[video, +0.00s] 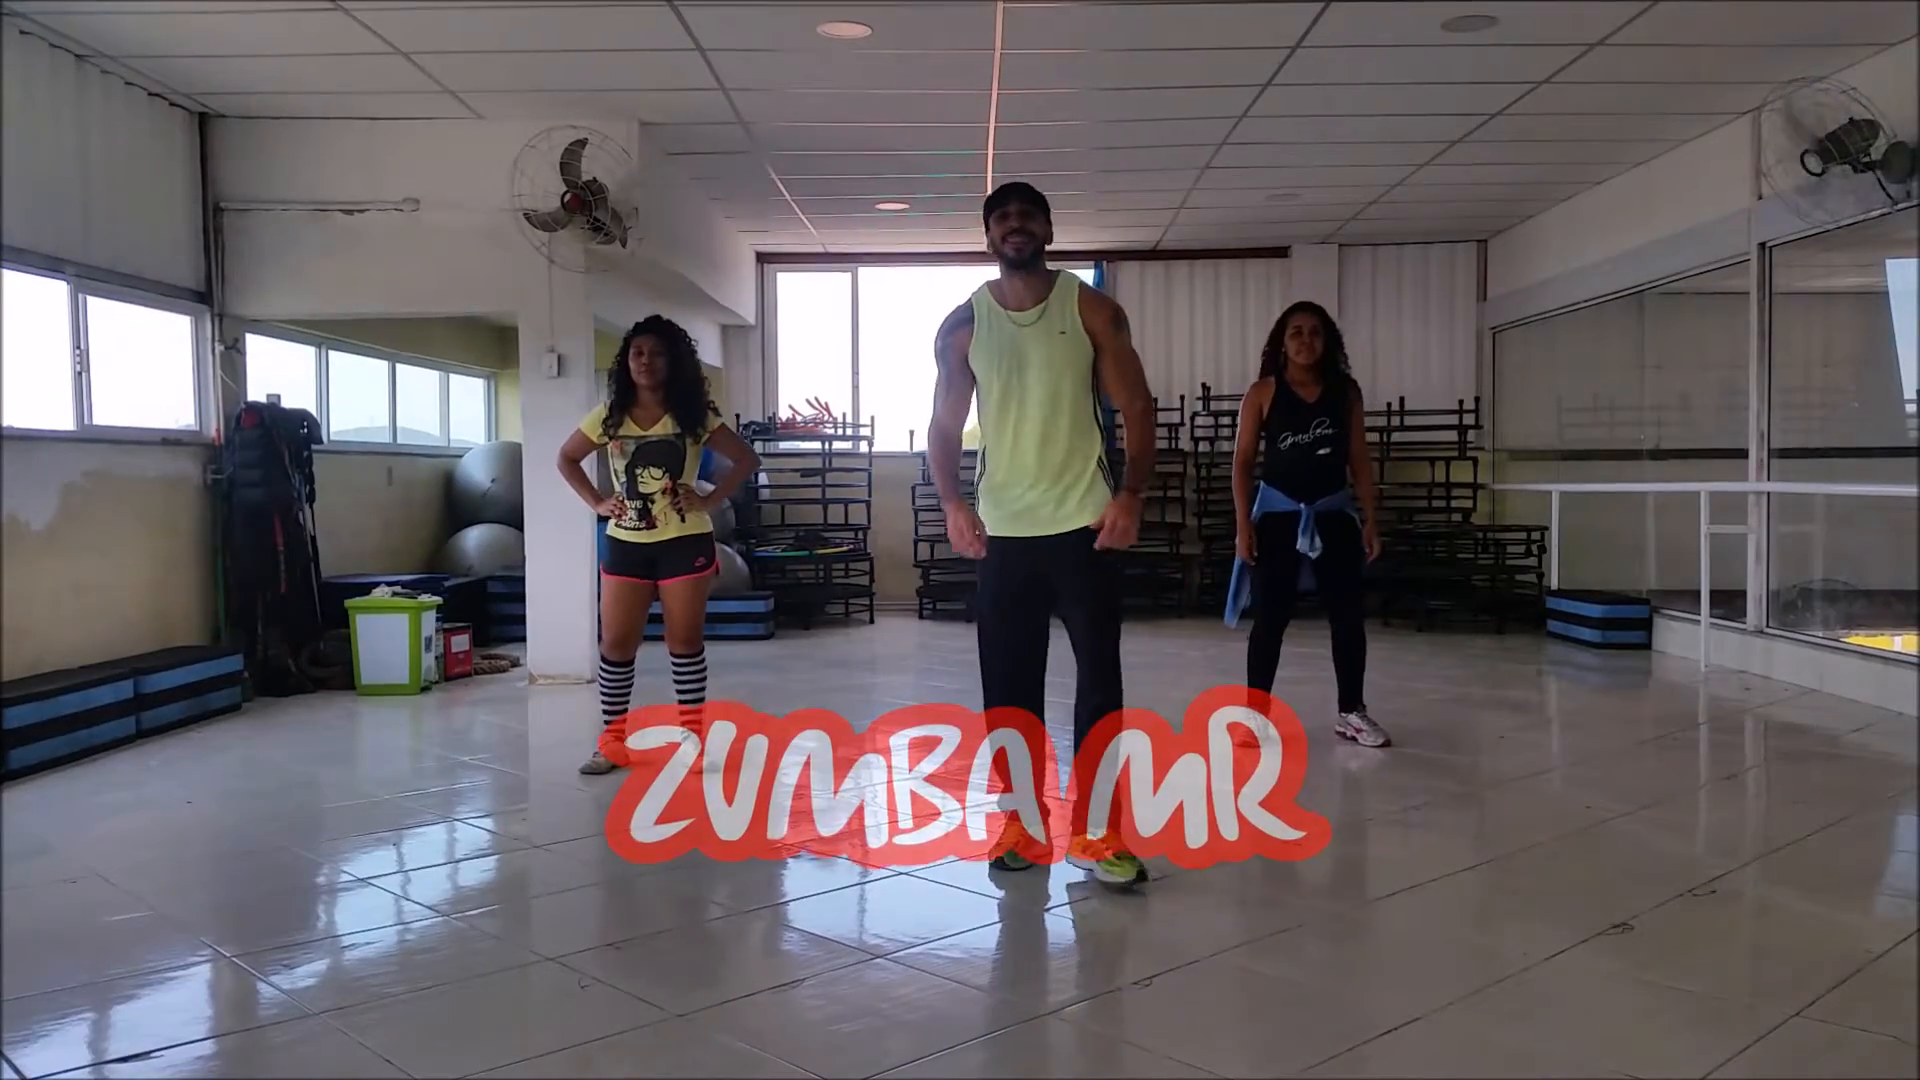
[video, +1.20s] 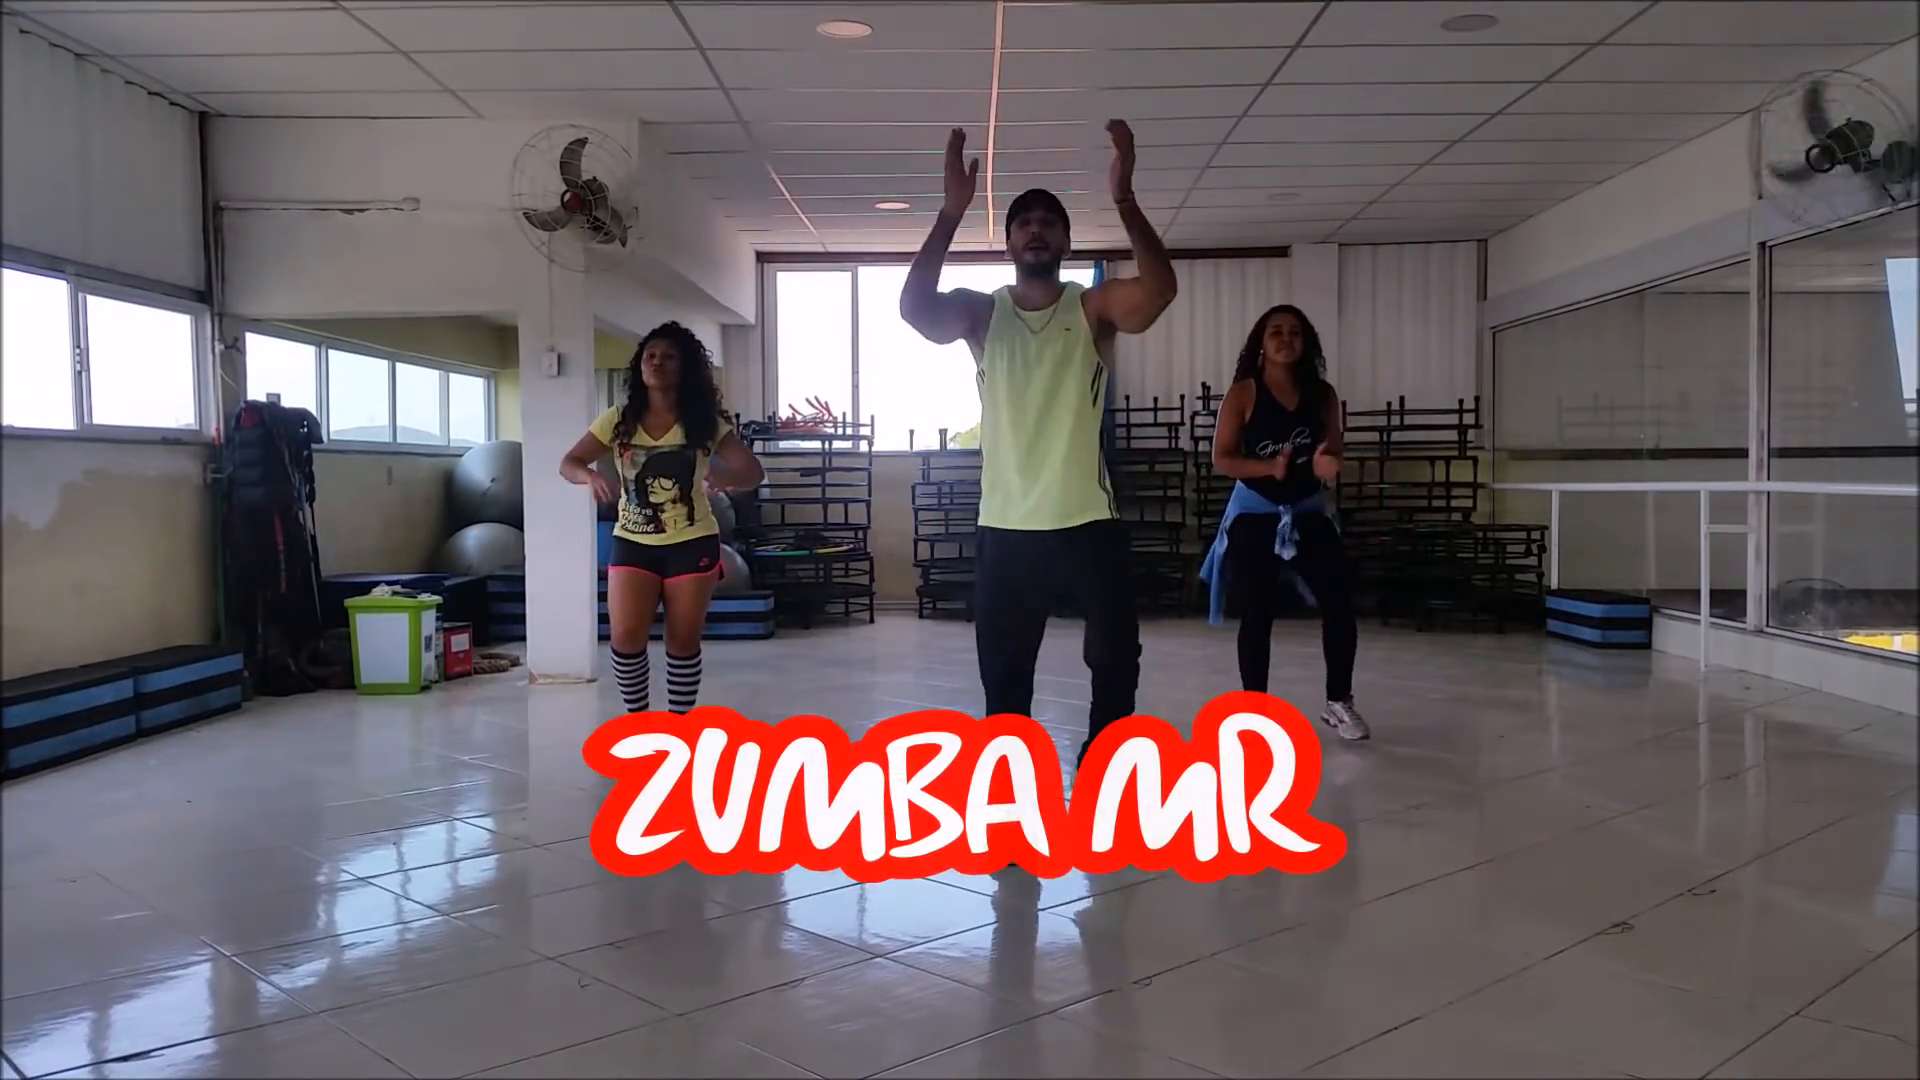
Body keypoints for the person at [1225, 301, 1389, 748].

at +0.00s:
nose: (1306, 340)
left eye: (1314, 333)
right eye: (1296, 333)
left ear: (1326, 341)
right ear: (1282, 341)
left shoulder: (1345, 392)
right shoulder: (1262, 393)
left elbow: (1359, 457)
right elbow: (1243, 463)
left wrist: (1370, 517)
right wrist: (1243, 525)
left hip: (1334, 517)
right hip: (1278, 517)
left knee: (1347, 614)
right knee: (1270, 618)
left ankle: (1351, 713)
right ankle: (1257, 715)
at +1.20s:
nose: (1285, 340)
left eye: (1294, 334)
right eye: (1276, 333)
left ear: (1306, 343)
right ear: (1260, 343)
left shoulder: (1323, 395)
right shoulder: (1242, 393)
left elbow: (1334, 452)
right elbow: (1223, 460)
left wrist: (1325, 462)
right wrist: (1268, 466)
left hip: (1310, 516)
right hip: (1255, 517)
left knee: (1339, 604)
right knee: (1256, 614)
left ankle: (1338, 701)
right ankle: (1254, 710)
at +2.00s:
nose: (1287, 343)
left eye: (1296, 336)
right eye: (1277, 336)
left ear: (1310, 343)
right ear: (1263, 344)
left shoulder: (1328, 389)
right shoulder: (1246, 392)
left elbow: (1345, 438)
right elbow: (1226, 443)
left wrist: (1308, 390)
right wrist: (1273, 404)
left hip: (1310, 518)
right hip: (1253, 518)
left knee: (1320, 616)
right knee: (1248, 616)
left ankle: (1319, 711)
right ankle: (1239, 712)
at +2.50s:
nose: (1292, 345)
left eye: (1301, 338)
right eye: (1285, 336)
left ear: (1313, 343)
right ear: (1271, 341)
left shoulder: (1327, 382)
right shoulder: (1254, 385)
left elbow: (1370, 379)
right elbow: (1232, 387)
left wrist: (1337, 327)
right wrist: (1268, 348)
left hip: (1323, 515)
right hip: (1269, 516)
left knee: (1325, 614)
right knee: (1260, 615)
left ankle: (1328, 711)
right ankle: (1239, 710)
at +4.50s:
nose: (1304, 339)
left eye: (1313, 332)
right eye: (1295, 333)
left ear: (1326, 341)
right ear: (1280, 342)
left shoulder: (1337, 388)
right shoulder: (1264, 386)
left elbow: (1373, 357)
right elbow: (1233, 363)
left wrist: (1349, 306)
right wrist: (1263, 314)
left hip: (1326, 516)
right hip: (1270, 515)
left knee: (1327, 614)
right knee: (1254, 605)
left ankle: (1332, 712)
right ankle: (1243, 698)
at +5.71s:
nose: (1293, 340)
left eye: (1301, 332)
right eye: (1285, 333)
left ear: (1316, 340)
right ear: (1274, 339)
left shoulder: (1334, 384)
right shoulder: (1259, 383)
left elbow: (1368, 381)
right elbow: (1222, 376)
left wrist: (1322, 350)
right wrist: (1282, 361)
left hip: (1322, 513)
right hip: (1266, 513)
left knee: (1326, 615)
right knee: (1255, 615)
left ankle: (1333, 716)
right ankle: (1235, 717)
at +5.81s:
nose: (1286, 338)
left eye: (1295, 331)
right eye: (1277, 332)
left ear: (1309, 342)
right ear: (1262, 343)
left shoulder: (1326, 390)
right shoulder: (1248, 387)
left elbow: (1375, 413)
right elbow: (1201, 402)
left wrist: (1327, 383)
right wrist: (1265, 390)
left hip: (1315, 515)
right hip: (1258, 515)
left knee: (1327, 614)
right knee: (1249, 615)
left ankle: (1335, 713)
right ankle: (1234, 715)